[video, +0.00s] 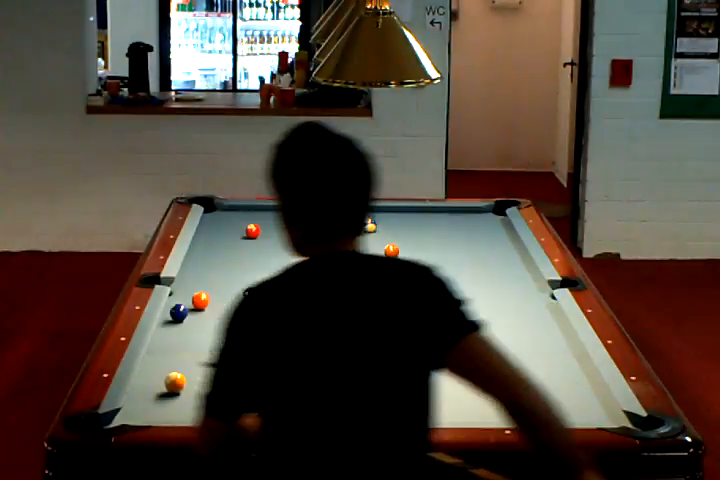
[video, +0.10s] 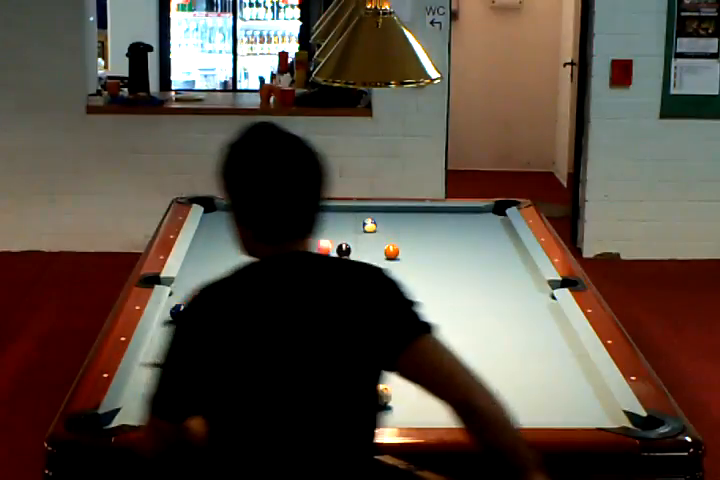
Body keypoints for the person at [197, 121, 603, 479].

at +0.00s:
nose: (286, 214)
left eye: (283, 202)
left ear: (285, 213)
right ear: (365, 204)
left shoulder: (260, 307)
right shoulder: (413, 287)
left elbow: (215, 435)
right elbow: (520, 395)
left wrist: (272, 441)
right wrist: (569, 465)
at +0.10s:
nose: (242, 215)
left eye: (235, 204)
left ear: (235, 214)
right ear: (317, 200)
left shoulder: (206, 310)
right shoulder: (364, 288)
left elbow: (159, 440)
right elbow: (467, 394)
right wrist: (527, 470)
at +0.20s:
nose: (188, 200)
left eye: (185, 189)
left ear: (186, 199)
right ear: (268, 190)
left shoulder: (157, 299)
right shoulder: (317, 276)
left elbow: (108, 432)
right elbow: (426, 386)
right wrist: (477, 467)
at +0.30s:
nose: (138, 191)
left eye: (137, 178)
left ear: (141, 185)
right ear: (218, 174)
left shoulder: (109, 288)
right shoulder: (272, 260)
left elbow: (67, 432)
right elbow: (379, 362)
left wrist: (124, 421)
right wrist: (433, 448)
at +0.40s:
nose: (87, 187)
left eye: (87, 172)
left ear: (89, 183)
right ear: (167, 174)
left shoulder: (61, 289)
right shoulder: (222, 255)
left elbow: (21, 434)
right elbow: (331, 348)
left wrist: (83, 422)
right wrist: (387, 440)